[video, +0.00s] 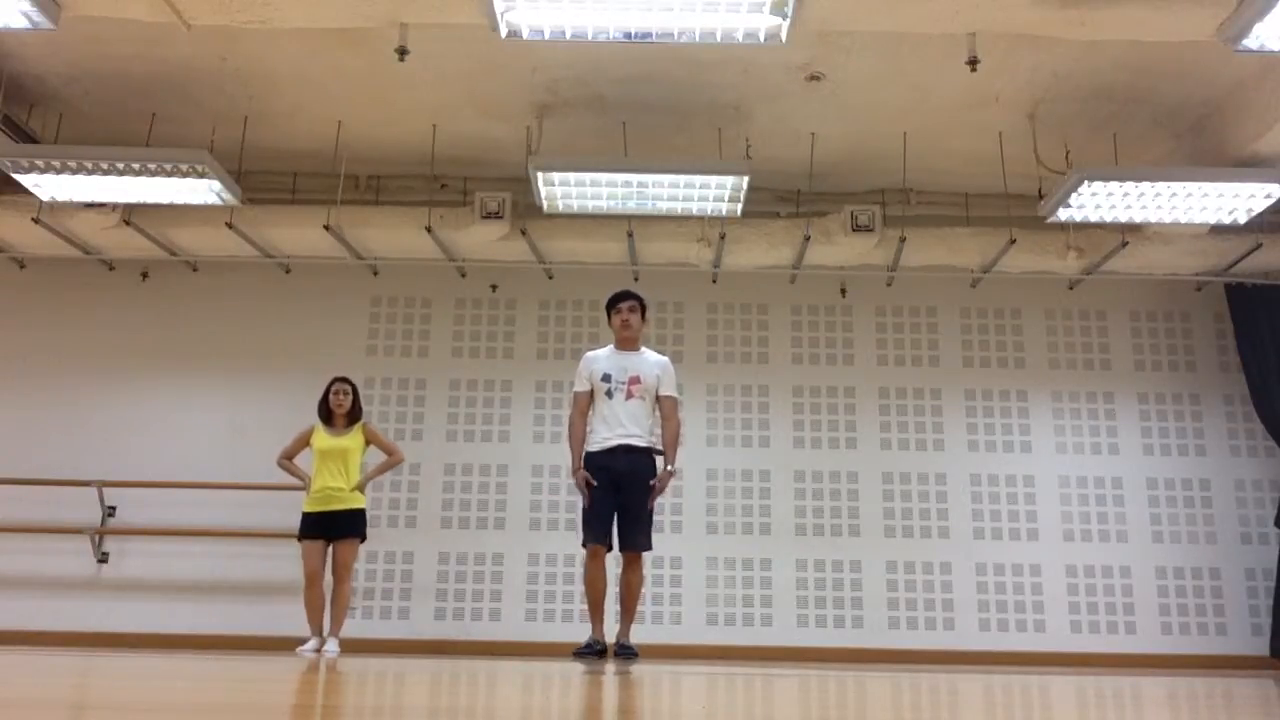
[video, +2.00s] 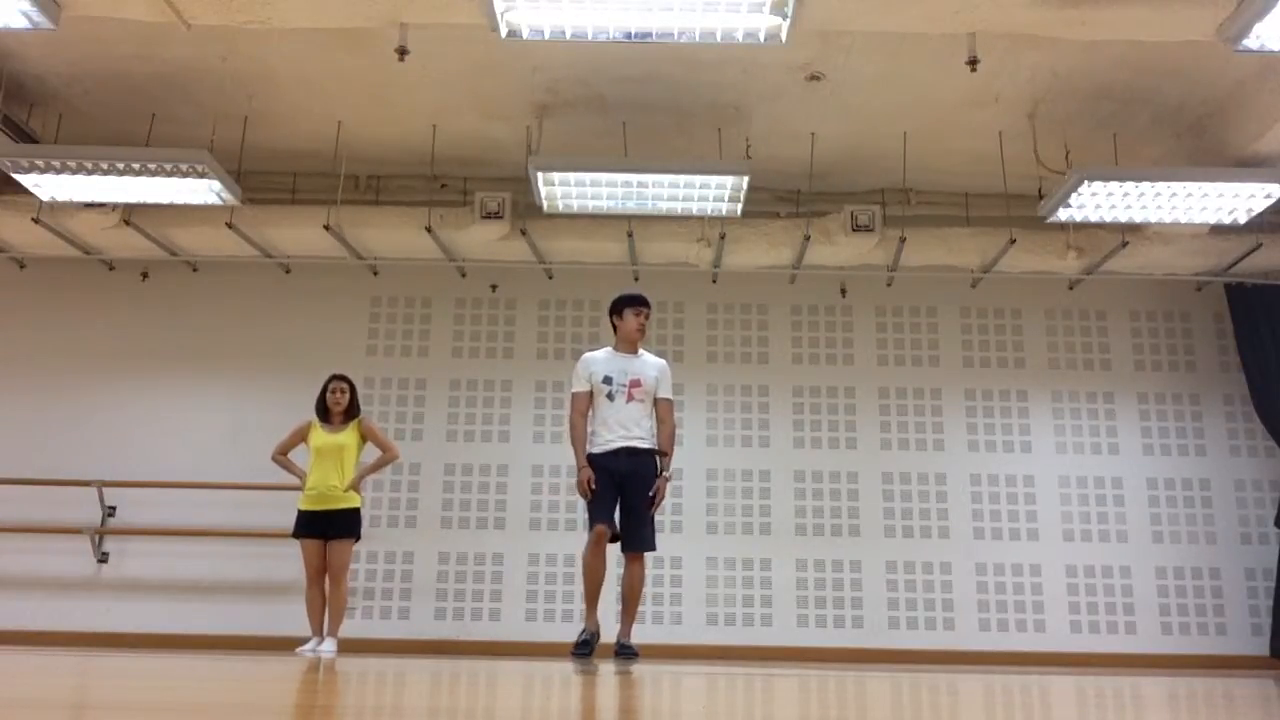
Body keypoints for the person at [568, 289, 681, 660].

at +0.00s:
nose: (625, 318)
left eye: (632, 312)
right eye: (619, 313)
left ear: (643, 320)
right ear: (610, 321)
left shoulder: (659, 364)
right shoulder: (592, 361)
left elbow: (670, 417)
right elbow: (578, 414)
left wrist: (669, 465)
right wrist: (577, 463)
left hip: (639, 461)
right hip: (599, 460)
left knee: (632, 552)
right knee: (595, 549)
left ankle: (624, 637)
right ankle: (597, 635)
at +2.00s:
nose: (643, 322)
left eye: (646, 317)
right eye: (636, 316)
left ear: (647, 324)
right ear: (616, 320)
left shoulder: (658, 367)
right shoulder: (591, 362)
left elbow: (666, 422)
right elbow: (578, 416)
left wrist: (664, 473)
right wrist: (582, 464)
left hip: (642, 462)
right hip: (601, 461)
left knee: (635, 550)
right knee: (599, 534)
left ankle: (624, 637)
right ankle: (590, 626)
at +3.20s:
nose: (543, 318)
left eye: (548, 309)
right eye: (541, 312)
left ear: (571, 310)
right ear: (545, 317)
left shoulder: (603, 353)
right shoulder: (539, 359)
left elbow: (614, 409)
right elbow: (525, 413)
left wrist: (608, 461)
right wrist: (514, 464)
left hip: (581, 459)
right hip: (537, 459)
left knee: (595, 548)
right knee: (532, 546)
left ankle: (614, 630)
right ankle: (529, 635)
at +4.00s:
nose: (546, 306)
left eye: (553, 300)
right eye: (540, 302)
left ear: (569, 308)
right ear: (536, 312)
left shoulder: (592, 349)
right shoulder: (526, 358)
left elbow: (600, 405)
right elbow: (516, 416)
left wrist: (587, 452)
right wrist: (514, 472)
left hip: (574, 453)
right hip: (530, 455)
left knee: (595, 539)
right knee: (528, 545)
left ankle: (613, 625)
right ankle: (529, 635)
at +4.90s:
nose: (600, 307)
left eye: (607, 302)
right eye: (594, 302)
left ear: (618, 311)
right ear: (584, 311)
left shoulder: (636, 357)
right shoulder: (566, 355)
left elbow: (648, 412)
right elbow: (556, 408)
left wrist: (647, 463)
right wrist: (556, 456)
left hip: (616, 457)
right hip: (573, 455)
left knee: (616, 549)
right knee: (551, 539)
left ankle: (614, 636)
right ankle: (540, 629)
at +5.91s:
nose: (590, 307)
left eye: (597, 302)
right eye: (584, 302)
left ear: (608, 311)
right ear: (574, 311)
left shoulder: (625, 357)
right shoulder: (556, 353)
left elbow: (638, 411)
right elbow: (543, 410)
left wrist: (637, 460)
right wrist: (537, 461)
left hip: (605, 457)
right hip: (560, 455)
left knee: (607, 549)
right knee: (546, 542)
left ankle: (609, 636)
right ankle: (537, 633)